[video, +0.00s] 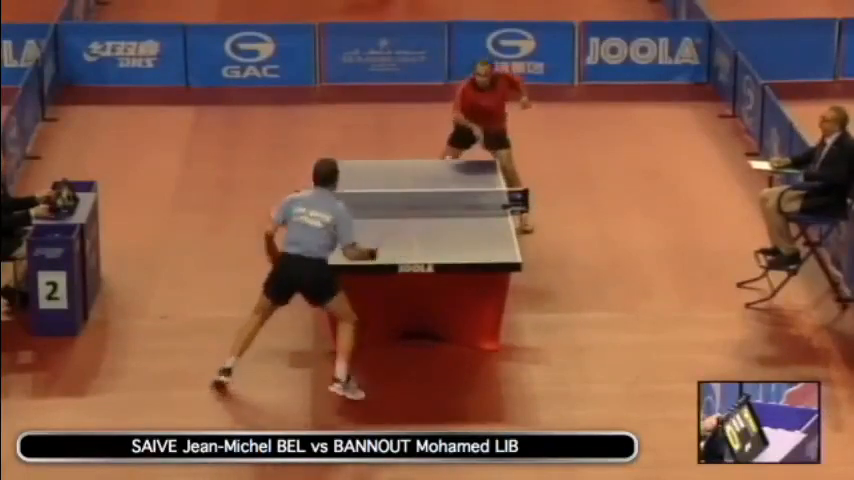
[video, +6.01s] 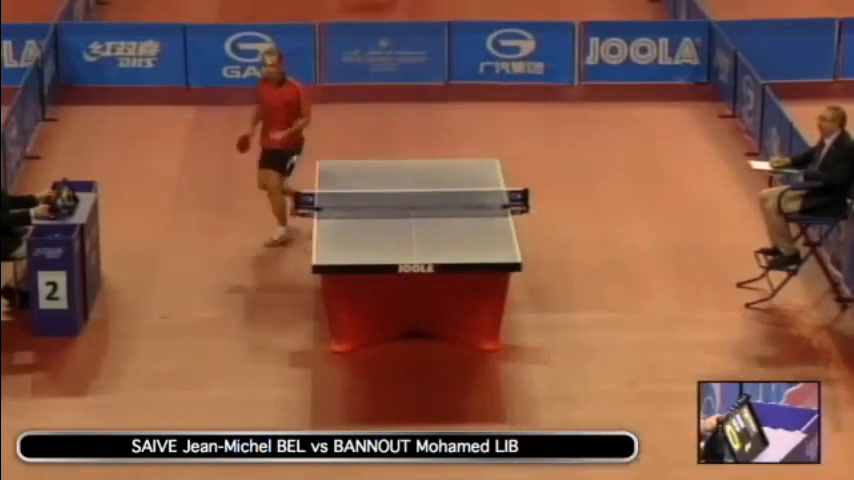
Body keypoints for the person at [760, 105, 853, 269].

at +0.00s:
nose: (821, 123)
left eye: (826, 121)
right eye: (822, 119)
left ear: (838, 125)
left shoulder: (846, 146)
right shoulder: (826, 141)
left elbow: (836, 177)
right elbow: (807, 158)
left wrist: (807, 175)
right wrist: (786, 162)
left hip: (830, 199)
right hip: (814, 191)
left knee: (774, 204)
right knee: (766, 197)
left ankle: (790, 253)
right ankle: (780, 247)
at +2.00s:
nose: (820, 123)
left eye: (825, 120)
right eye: (821, 119)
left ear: (837, 125)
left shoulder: (846, 147)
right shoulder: (826, 141)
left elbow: (837, 178)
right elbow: (807, 158)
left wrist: (806, 175)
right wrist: (786, 162)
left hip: (829, 199)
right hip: (815, 191)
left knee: (773, 204)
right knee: (765, 197)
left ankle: (789, 253)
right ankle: (780, 247)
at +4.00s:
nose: (820, 122)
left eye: (825, 119)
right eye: (821, 118)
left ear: (837, 124)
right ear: (833, 123)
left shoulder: (846, 147)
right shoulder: (827, 139)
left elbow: (836, 177)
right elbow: (809, 157)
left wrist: (803, 175)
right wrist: (787, 163)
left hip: (829, 199)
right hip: (815, 190)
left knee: (773, 205)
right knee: (765, 197)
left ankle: (790, 254)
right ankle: (780, 247)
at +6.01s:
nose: (819, 123)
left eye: (824, 120)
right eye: (820, 119)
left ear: (837, 124)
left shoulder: (846, 147)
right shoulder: (826, 141)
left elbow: (836, 178)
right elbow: (808, 157)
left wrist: (803, 175)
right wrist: (787, 162)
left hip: (830, 199)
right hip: (815, 191)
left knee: (773, 204)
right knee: (765, 197)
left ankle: (790, 254)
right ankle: (780, 247)